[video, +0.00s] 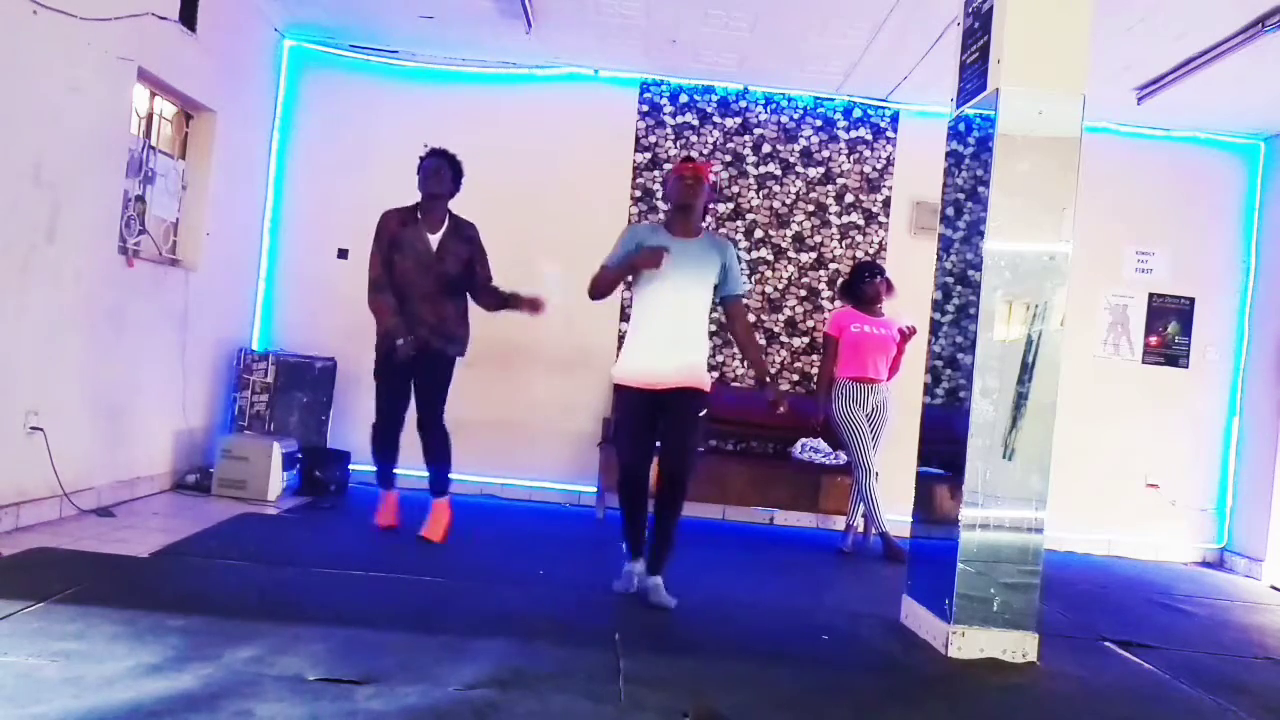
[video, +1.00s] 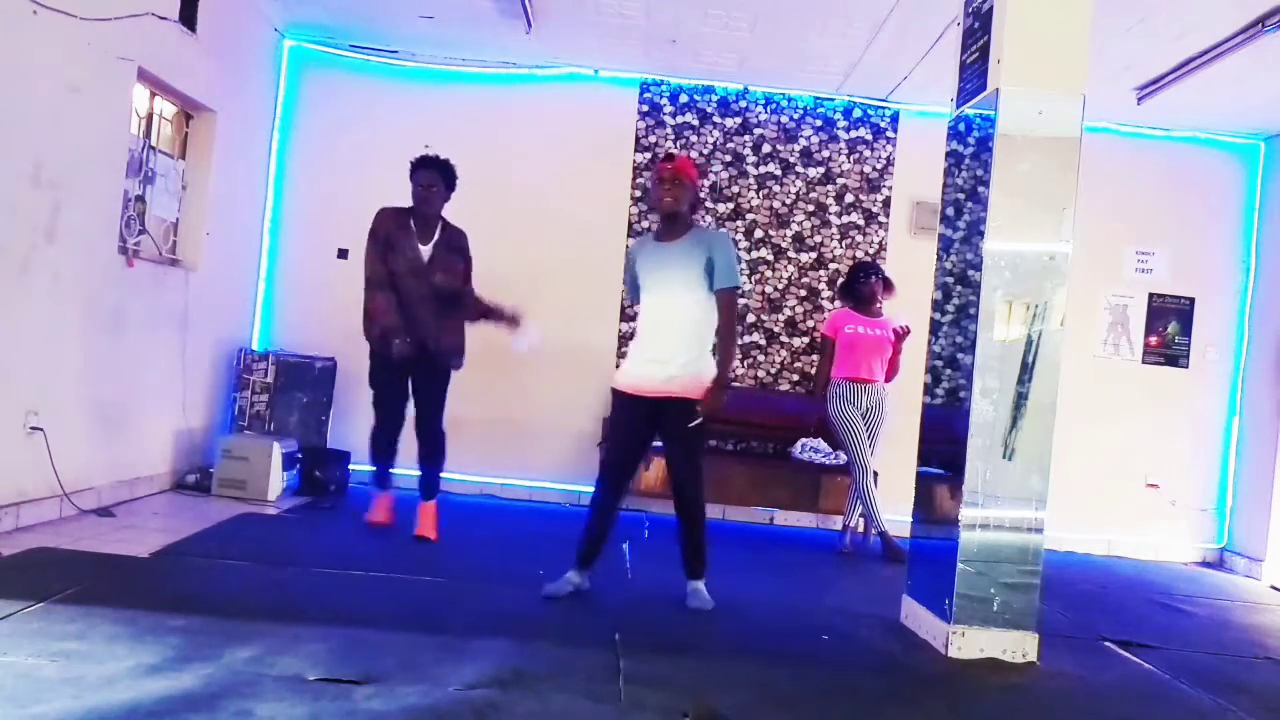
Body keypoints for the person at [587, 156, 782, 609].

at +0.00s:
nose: (686, 187)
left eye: (695, 182)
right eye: (679, 180)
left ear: (708, 195)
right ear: (665, 189)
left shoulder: (721, 250)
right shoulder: (638, 236)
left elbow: (738, 320)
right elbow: (596, 290)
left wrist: (767, 380)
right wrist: (631, 263)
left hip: (688, 379)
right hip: (635, 375)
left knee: (675, 478)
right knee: (632, 471)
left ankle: (655, 574)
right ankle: (634, 558)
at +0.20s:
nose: (690, 193)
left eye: (698, 187)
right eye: (683, 185)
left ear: (710, 198)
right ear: (668, 191)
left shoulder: (722, 257)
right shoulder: (639, 239)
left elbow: (728, 327)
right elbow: (604, 301)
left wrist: (738, 389)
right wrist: (635, 284)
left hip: (687, 385)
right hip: (634, 381)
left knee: (675, 480)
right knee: (624, 475)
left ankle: (652, 574)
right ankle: (611, 564)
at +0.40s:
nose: (690, 192)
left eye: (698, 186)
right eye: (684, 184)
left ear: (712, 197)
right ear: (671, 191)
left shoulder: (726, 257)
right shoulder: (641, 243)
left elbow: (720, 327)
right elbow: (621, 309)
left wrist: (710, 390)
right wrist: (610, 371)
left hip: (687, 390)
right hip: (634, 386)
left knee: (692, 481)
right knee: (620, 477)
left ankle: (693, 573)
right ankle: (613, 565)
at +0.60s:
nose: (691, 186)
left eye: (700, 180)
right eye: (685, 179)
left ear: (716, 191)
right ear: (674, 188)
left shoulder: (733, 241)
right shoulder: (652, 243)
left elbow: (746, 315)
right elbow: (629, 307)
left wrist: (721, 379)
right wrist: (594, 361)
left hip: (700, 386)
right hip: (642, 381)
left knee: (696, 486)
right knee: (617, 469)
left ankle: (696, 579)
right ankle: (612, 559)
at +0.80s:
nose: (681, 187)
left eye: (692, 181)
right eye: (675, 180)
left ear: (712, 193)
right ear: (667, 191)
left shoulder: (728, 239)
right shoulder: (660, 246)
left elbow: (744, 316)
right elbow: (651, 315)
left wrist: (737, 386)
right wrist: (622, 364)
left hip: (704, 380)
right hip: (651, 373)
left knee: (695, 482)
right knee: (615, 459)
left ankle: (699, 580)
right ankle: (584, 560)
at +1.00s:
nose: (668, 190)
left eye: (677, 184)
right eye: (662, 183)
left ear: (695, 194)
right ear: (651, 192)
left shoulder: (715, 242)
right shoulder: (640, 250)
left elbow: (728, 318)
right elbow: (636, 311)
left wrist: (721, 383)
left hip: (687, 388)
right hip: (636, 384)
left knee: (688, 491)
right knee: (610, 481)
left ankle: (696, 581)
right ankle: (580, 572)